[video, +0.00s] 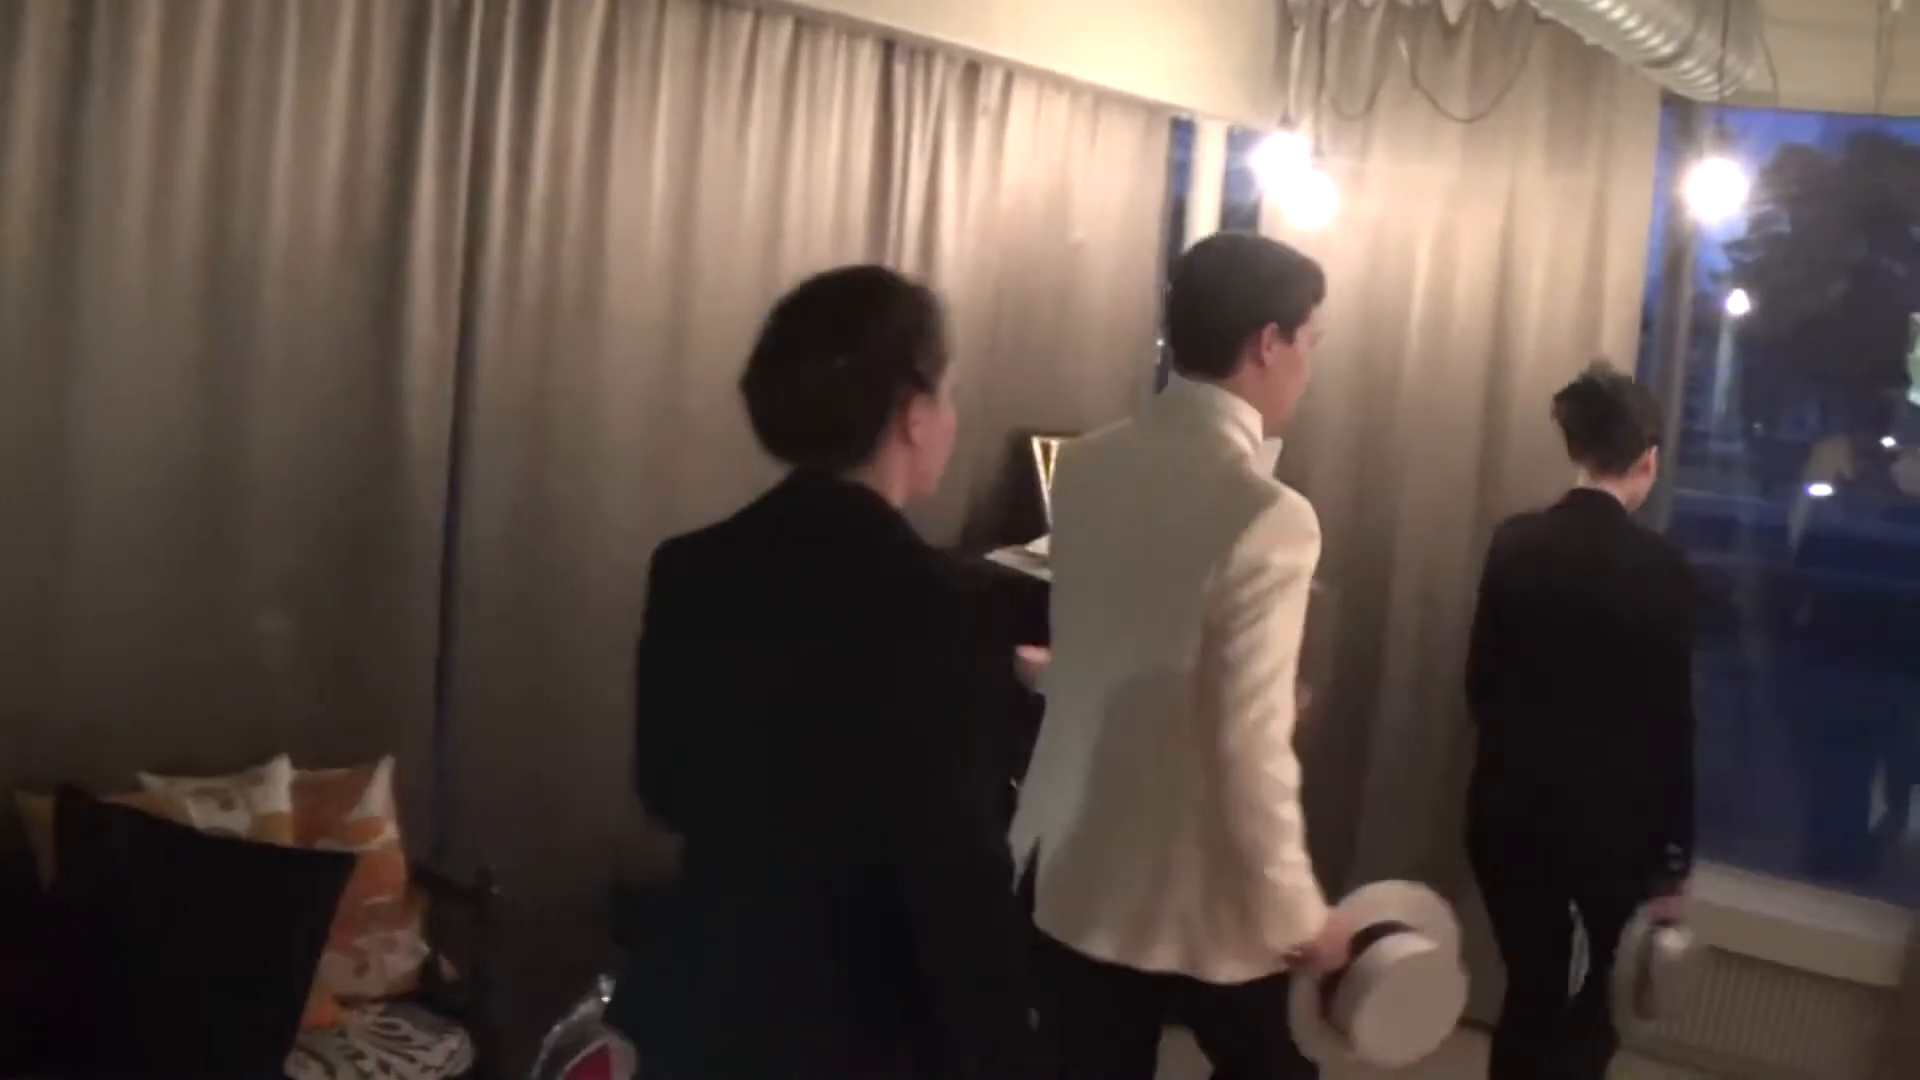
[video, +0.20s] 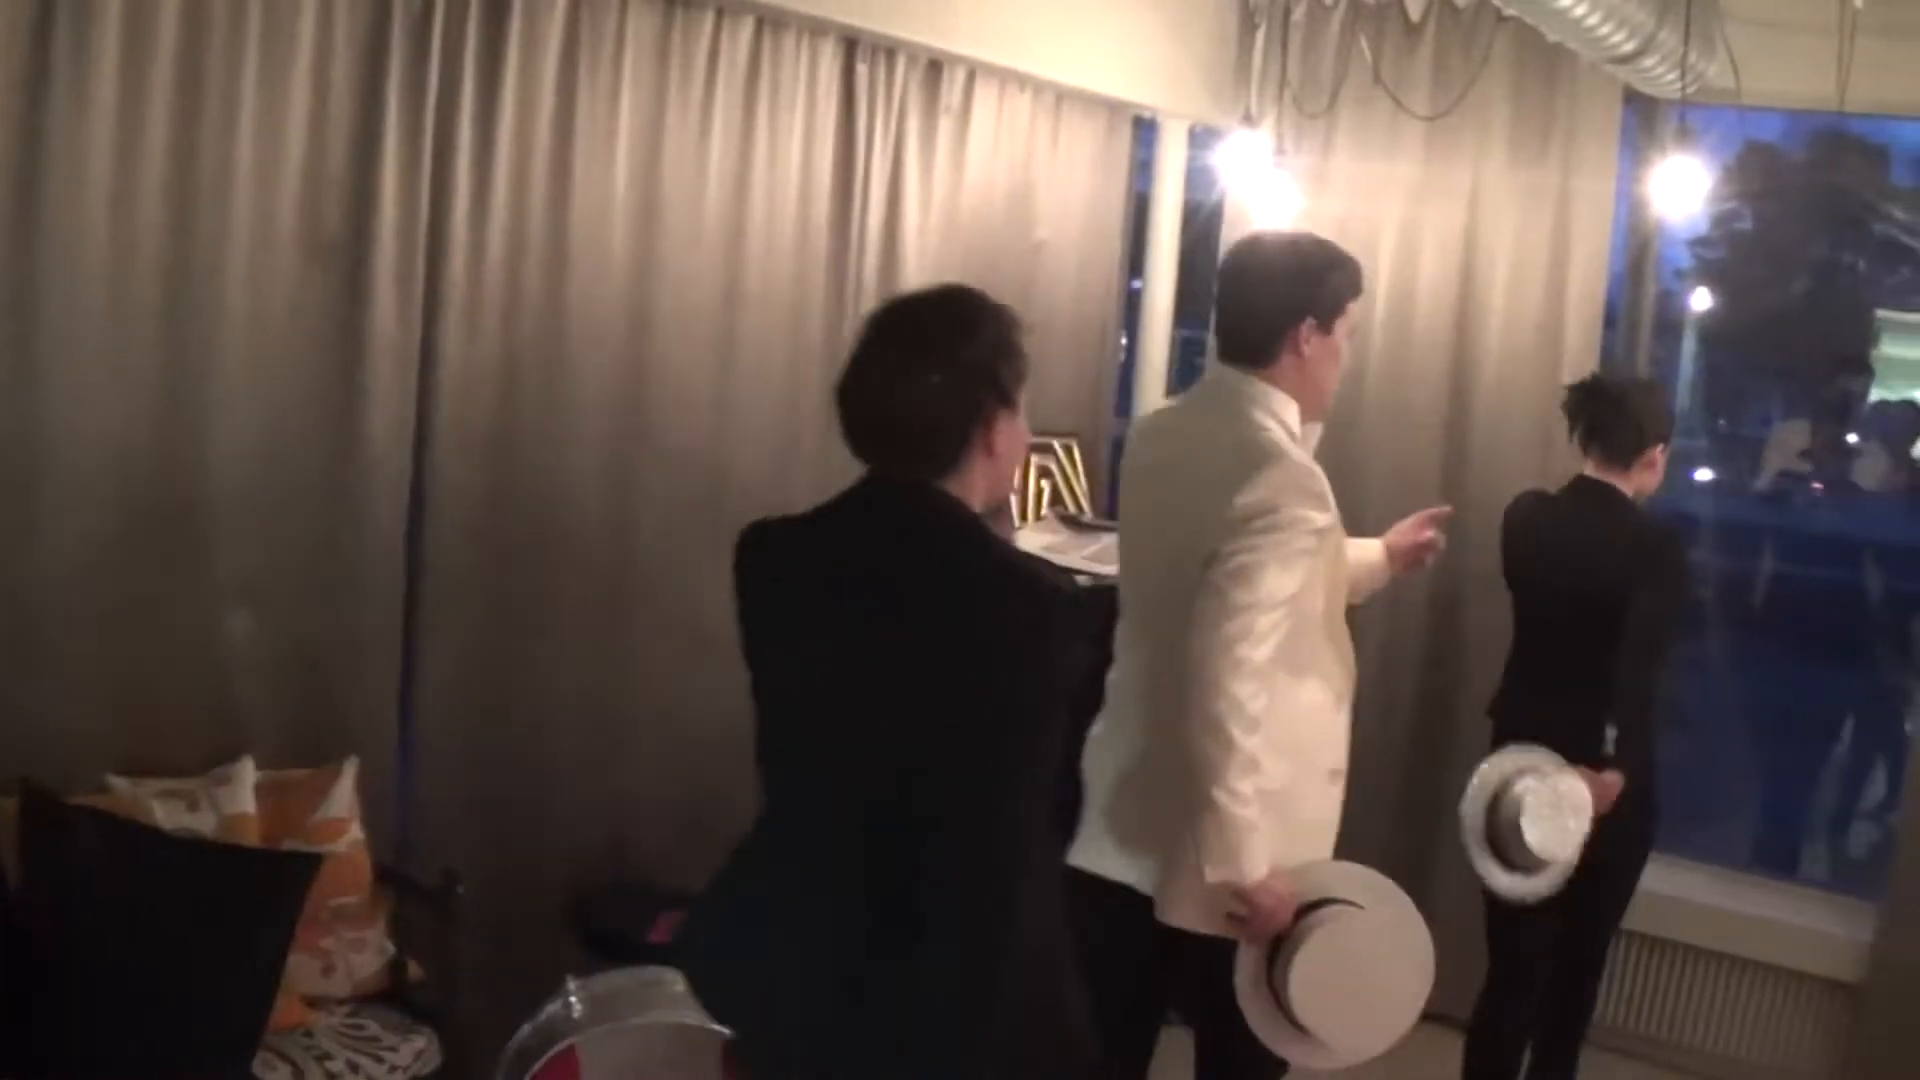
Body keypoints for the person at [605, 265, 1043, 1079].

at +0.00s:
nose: (951, 420)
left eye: (948, 393)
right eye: (946, 394)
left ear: (786, 404)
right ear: (910, 417)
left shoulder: (689, 568)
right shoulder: (940, 602)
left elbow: (669, 787)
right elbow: (959, 847)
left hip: (719, 973)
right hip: (884, 994)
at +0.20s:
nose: (1026, 434)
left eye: (1023, 408)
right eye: (1022, 410)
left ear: (865, 417)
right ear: (994, 430)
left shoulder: (771, 556)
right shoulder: (1048, 609)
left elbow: (795, 767)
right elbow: (1053, 813)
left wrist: (964, 533)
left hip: (790, 944)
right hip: (969, 965)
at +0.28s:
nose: (1056, 437)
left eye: (1053, 412)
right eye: (1052, 415)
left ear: (900, 421)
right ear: (1027, 435)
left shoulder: (809, 568)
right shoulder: (1088, 615)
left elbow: (811, 752)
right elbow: (1084, 791)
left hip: (828, 954)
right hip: (1010, 972)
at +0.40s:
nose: (1092, 440)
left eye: (1090, 416)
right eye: (1089, 418)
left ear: (946, 422)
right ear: (1060, 435)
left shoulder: (855, 572)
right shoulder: (1109, 608)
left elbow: (824, 783)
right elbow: (1116, 805)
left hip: (886, 956)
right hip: (1053, 968)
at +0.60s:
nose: (1121, 411)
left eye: (1117, 386)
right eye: (1116, 388)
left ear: (979, 400)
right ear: (1078, 405)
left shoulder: (909, 524)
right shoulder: (1110, 563)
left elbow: (792, 665)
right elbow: (1158, 776)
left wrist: (847, 742)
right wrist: (1336, 733)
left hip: (918, 914)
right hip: (1047, 940)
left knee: (969, 1059)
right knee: (1048, 1065)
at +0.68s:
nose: (1130, 406)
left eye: (1126, 380)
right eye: (1121, 382)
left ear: (995, 402)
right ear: (1072, 403)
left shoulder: (929, 509)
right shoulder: (1094, 566)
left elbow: (810, 620)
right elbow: (1151, 778)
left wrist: (874, 733)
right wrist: (1304, 711)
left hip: (932, 908)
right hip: (1031, 938)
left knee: (982, 1063)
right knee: (1042, 1063)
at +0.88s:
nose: (1119, 412)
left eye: (1114, 387)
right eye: (1095, 390)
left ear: (1027, 405)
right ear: (1014, 404)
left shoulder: (1047, 530)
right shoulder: (941, 566)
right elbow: (909, 800)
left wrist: (1106, 798)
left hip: (1041, 921)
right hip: (948, 956)